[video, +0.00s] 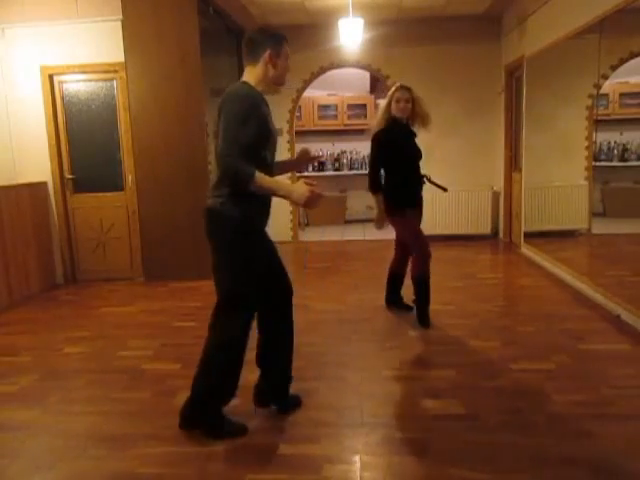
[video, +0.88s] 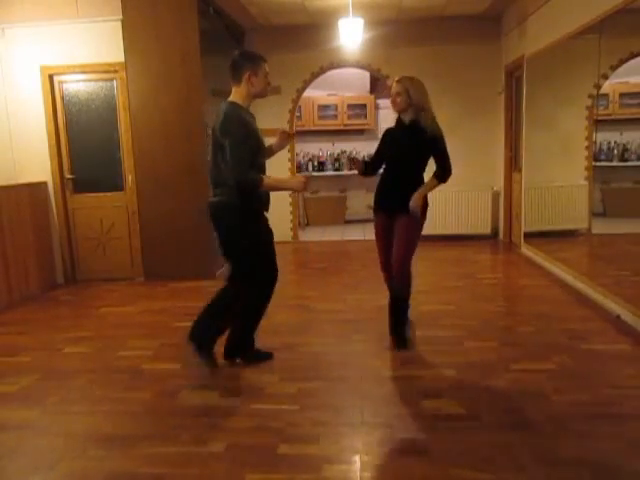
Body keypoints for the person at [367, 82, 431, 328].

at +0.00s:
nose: (402, 105)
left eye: (407, 101)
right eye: (398, 101)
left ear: (412, 105)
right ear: (390, 104)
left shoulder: (409, 133)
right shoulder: (382, 135)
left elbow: (406, 164)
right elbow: (374, 174)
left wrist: (417, 176)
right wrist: (379, 206)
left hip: (413, 197)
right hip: (395, 198)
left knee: (403, 250)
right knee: (421, 251)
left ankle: (393, 295)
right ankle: (422, 308)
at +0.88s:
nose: (393, 100)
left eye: (398, 95)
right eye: (392, 96)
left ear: (412, 96)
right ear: (394, 99)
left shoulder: (429, 130)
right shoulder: (391, 133)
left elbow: (444, 170)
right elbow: (374, 166)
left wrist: (422, 192)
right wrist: (360, 166)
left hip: (410, 202)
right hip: (385, 200)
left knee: (400, 264)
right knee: (387, 264)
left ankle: (399, 330)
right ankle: (401, 319)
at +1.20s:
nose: (394, 94)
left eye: (398, 89)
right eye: (394, 89)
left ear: (413, 91)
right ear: (405, 93)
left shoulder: (425, 124)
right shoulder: (405, 127)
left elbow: (440, 170)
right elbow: (383, 168)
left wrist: (410, 196)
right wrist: (353, 163)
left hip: (416, 207)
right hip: (404, 206)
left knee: (396, 270)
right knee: (407, 272)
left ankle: (405, 330)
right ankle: (453, 326)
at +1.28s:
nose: (395, 95)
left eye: (399, 89)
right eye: (395, 90)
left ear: (415, 91)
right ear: (408, 93)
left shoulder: (427, 123)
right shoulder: (408, 127)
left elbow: (442, 170)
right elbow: (385, 168)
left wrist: (412, 195)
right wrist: (352, 163)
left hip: (416, 209)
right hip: (413, 208)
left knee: (392, 270)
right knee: (420, 274)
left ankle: (411, 330)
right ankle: (455, 336)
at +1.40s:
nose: (397, 95)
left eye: (401, 89)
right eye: (397, 90)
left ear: (416, 92)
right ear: (414, 94)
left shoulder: (427, 126)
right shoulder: (414, 128)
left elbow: (441, 172)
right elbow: (387, 168)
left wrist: (409, 197)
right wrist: (351, 163)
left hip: (419, 213)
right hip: (429, 211)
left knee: (388, 271)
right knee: (439, 279)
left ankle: (418, 337)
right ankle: (462, 347)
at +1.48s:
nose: (397, 93)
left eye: (402, 88)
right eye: (397, 89)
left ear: (417, 91)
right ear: (416, 93)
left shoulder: (427, 126)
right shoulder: (415, 128)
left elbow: (437, 174)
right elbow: (388, 168)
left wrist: (406, 198)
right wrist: (351, 163)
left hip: (419, 214)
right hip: (430, 212)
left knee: (395, 277)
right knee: (437, 281)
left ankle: (426, 346)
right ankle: (462, 350)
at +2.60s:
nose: (392, 91)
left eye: (397, 86)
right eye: (392, 86)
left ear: (413, 89)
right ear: (404, 90)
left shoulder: (423, 124)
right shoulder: (404, 124)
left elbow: (432, 173)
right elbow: (382, 166)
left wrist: (405, 202)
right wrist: (342, 176)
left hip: (414, 211)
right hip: (403, 210)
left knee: (421, 278)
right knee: (418, 275)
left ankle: (430, 352)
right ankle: (427, 325)